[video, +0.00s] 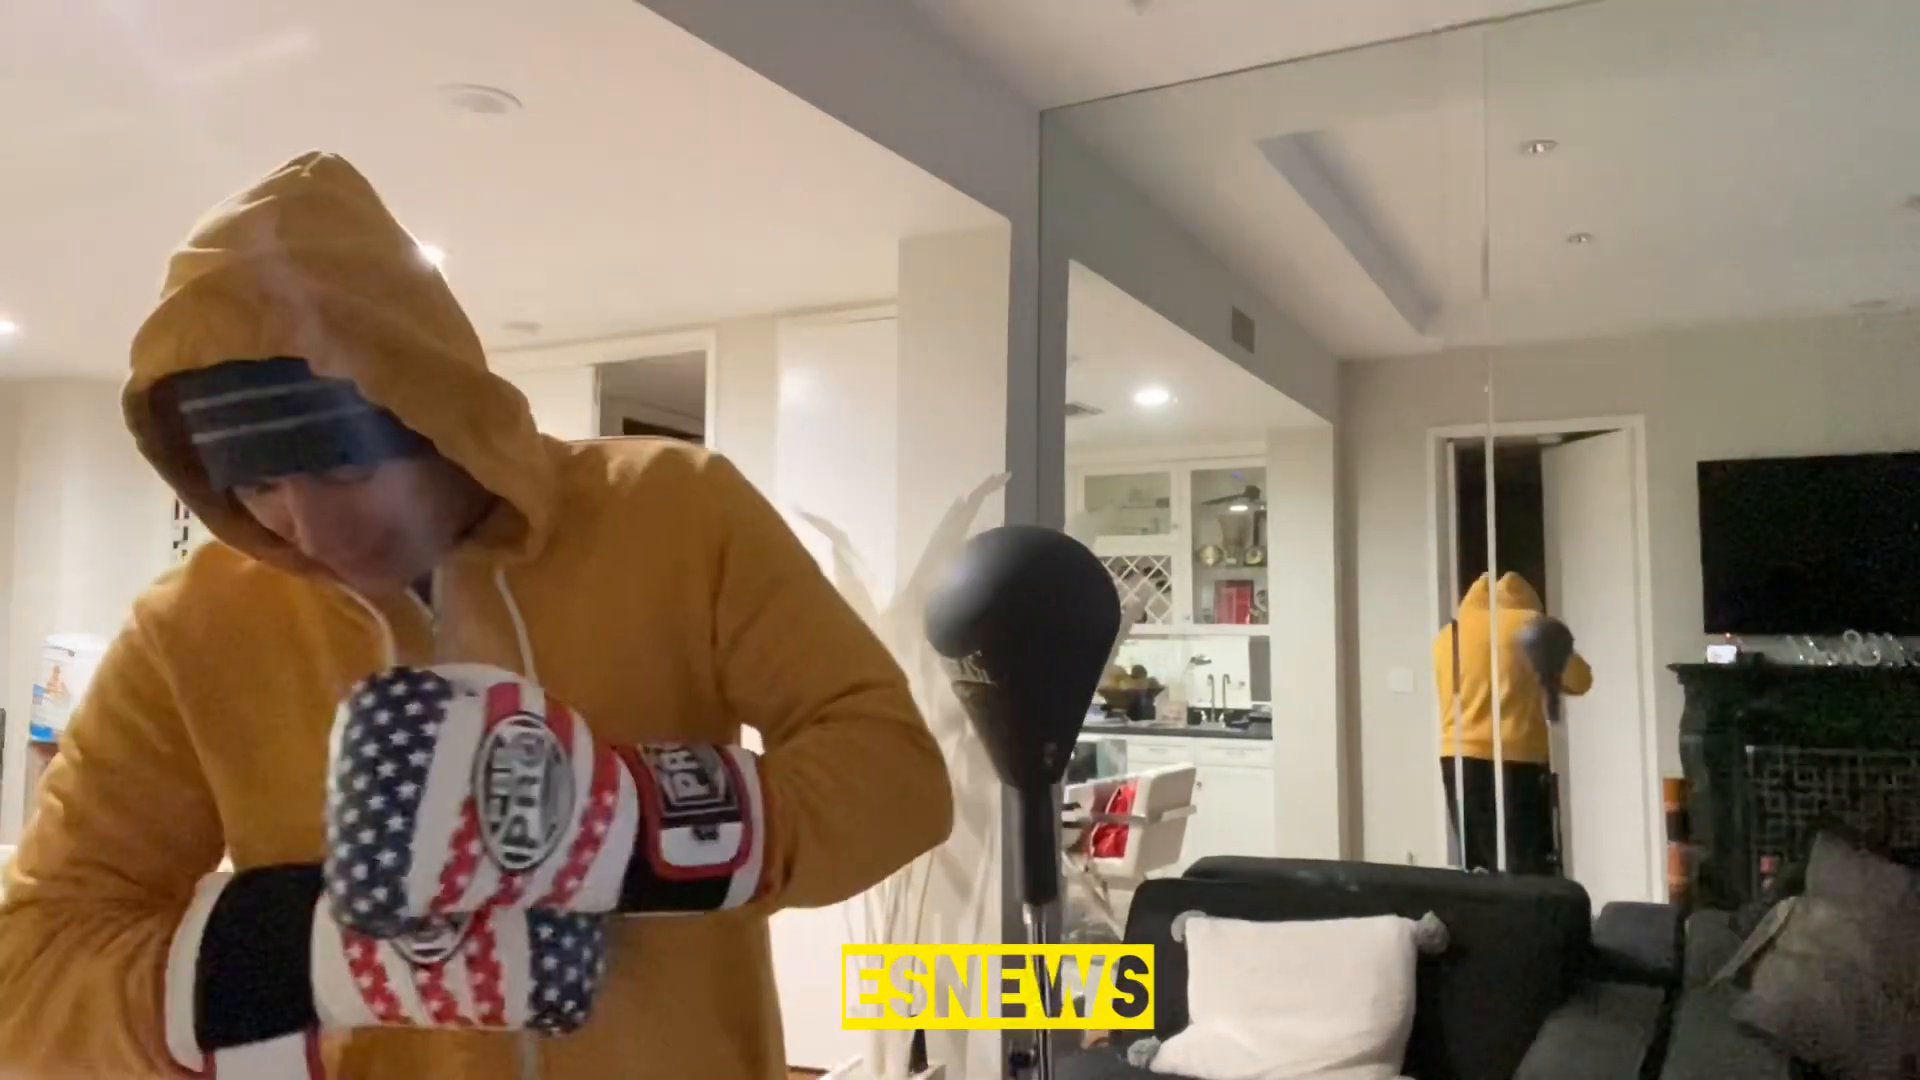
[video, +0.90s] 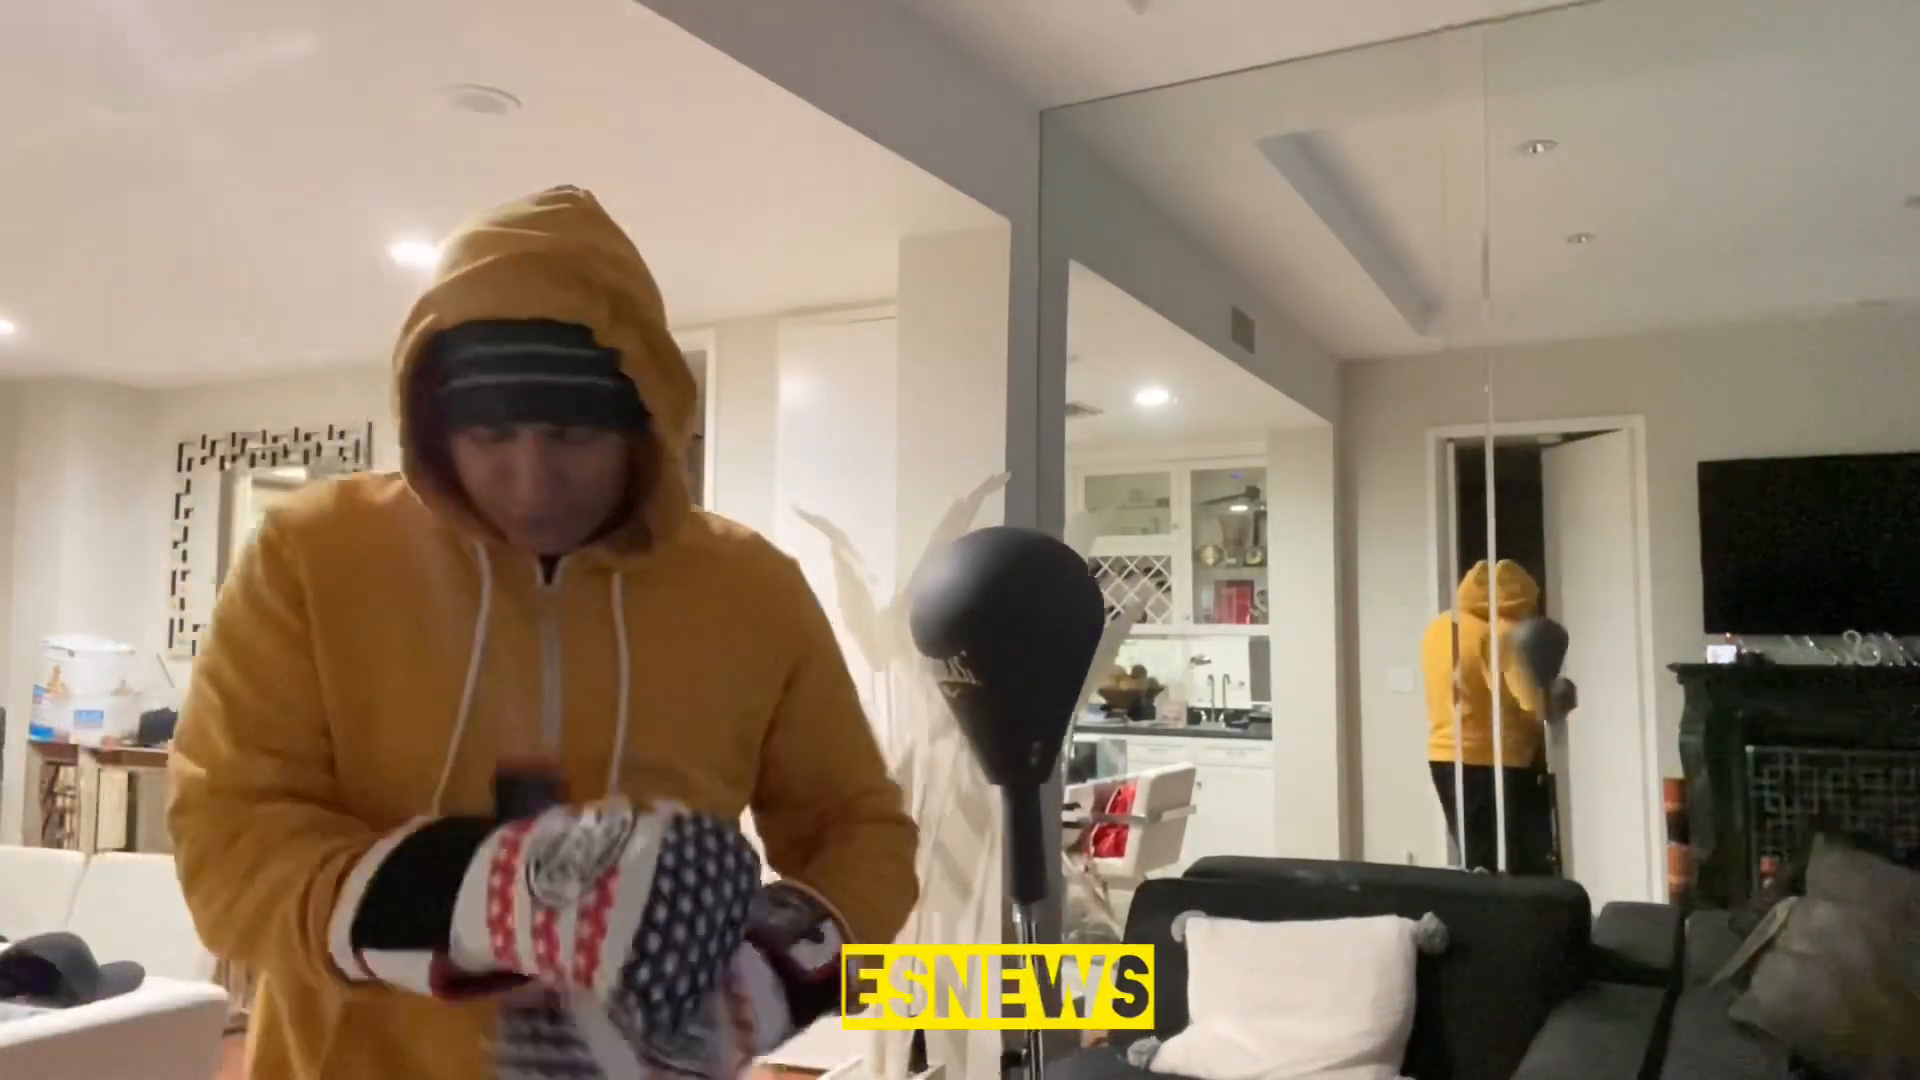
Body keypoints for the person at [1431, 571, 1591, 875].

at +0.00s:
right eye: (1532, 603)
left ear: (1475, 596)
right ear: (1525, 598)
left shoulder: (1448, 635)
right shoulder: (1532, 625)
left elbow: (1447, 690)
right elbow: (1578, 680)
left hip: (1461, 759)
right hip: (1522, 760)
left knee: (1475, 855)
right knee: (1528, 857)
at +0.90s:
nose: (1529, 612)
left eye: (1530, 604)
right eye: (1527, 604)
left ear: (1472, 590)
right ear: (1514, 598)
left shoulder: (1438, 630)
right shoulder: (1502, 634)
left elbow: (1445, 698)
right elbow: (1535, 703)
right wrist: (1561, 697)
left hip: (1448, 765)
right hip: (1504, 767)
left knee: (1477, 865)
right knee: (1525, 868)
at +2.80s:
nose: (1542, 615)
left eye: (1543, 609)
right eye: (1540, 608)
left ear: (1492, 589)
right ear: (1532, 600)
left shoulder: (1453, 631)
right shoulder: (1519, 629)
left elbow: (1458, 694)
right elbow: (1549, 691)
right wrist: (1580, 677)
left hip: (1462, 762)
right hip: (1514, 765)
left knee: (1475, 855)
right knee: (1524, 858)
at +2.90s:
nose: (1542, 613)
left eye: (1543, 607)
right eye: (1541, 606)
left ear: (1493, 591)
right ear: (1533, 600)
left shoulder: (1453, 632)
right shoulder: (1524, 632)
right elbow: (1558, 695)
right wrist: (1580, 675)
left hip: (1462, 762)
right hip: (1514, 765)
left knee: (1476, 854)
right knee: (1525, 856)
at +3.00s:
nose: (1543, 613)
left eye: (1544, 606)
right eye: (1542, 605)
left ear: (1494, 590)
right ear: (1533, 599)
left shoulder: (1454, 631)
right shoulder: (1526, 632)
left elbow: (1451, 697)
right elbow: (1556, 701)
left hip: (1463, 764)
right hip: (1516, 767)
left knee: (1477, 858)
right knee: (1527, 863)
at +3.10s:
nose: (1543, 611)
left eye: (1544, 604)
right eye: (1542, 603)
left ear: (1493, 590)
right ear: (1533, 598)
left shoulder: (1452, 632)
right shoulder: (1526, 632)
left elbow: (1449, 698)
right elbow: (1555, 700)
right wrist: (1569, 718)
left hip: (1464, 764)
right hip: (1516, 767)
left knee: (1477, 856)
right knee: (1526, 859)